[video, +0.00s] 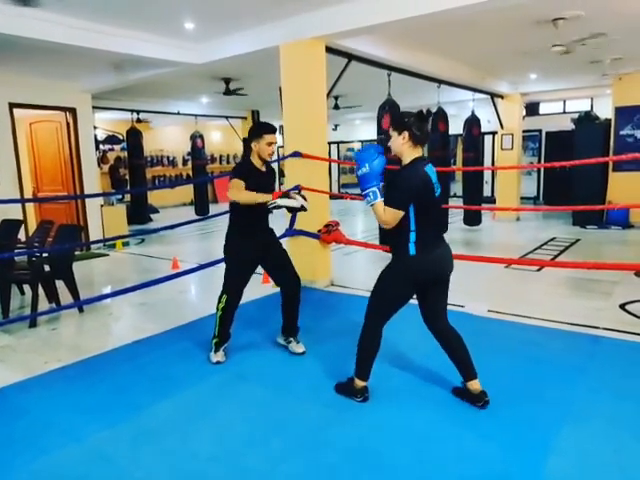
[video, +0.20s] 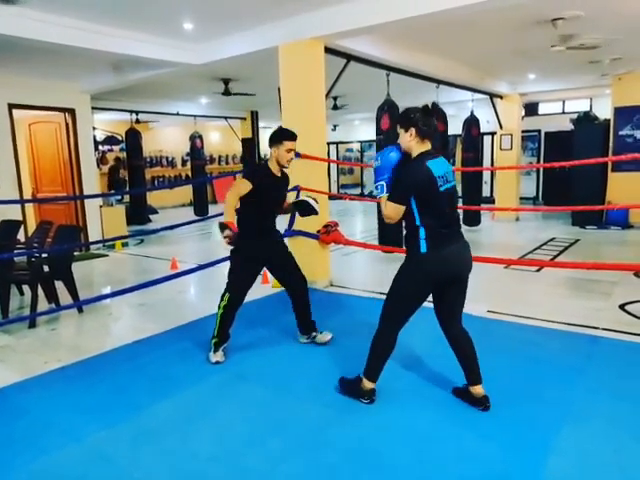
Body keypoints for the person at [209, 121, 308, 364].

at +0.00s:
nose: (273, 149)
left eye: (275, 144)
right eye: (268, 144)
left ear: (273, 145)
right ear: (254, 144)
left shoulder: (269, 171)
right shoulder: (242, 168)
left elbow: (264, 200)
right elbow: (234, 194)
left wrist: (287, 198)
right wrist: (271, 198)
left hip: (265, 238)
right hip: (241, 241)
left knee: (291, 283)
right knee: (231, 294)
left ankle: (289, 335)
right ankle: (219, 343)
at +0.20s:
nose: (291, 156)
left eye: (293, 152)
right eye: (288, 151)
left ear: (291, 152)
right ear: (273, 149)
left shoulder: (283, 178)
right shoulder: (256, 173)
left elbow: (276, 208)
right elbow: (232, 196)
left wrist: (296, 205)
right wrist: (228, 225)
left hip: (272, 241)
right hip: (248, 243)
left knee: (298, 284)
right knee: (234, 295)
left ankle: (307, 332)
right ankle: (217, 345)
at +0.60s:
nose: (336, 148)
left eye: (339, 144)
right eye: (331, 143)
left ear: (340, 143)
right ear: (319, 142)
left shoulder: (337, 169)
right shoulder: (301, 167)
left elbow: (337, 198)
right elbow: (273, 195)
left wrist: (344, 195)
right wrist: (261, 219)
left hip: (315, 224)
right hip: (294, 225)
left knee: (316, 281)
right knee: (303, 281)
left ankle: (311, 330)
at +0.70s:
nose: (339, 148)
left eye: (342, 143)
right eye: (334, 143)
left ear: (345, 143)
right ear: (323, 143)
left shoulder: (344, 170)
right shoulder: (307, 170)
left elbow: (351, 202)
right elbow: (285, 197)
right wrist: (276, 225)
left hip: (328, 226)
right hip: (305, 227)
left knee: (315, 276)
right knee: (323, 278)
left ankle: (306, 329)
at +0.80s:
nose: (339, 147)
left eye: (343, 142)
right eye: (335, 142)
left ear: (350, 144)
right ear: (326, 144)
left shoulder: (355, 172)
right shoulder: (316, 174)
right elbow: (294, 203)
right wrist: (290, 230)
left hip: (346, 231)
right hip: (321, 232)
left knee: (335, 283)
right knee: (338, 283)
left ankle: (310, 325)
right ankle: (348, 338)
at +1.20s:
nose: (307, 139)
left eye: (306, 134)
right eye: (306, 134)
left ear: (276, 132)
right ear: (298, 134)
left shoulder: (258, 164)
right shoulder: (301, 167)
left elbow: (264, 204)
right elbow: (319, 212)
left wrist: (306, 209)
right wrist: (293, 197)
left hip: (253, 256)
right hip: (283, 261)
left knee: (270, 322)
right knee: (307, 339)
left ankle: (257, 387)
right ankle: (323, 420)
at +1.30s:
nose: (288, 135)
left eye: (288, 130)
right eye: (287, 130)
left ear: (259, 128)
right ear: (277, 130)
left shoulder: (242, 157)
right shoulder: (282, 161)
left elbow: (258, 194)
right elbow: (303, 205)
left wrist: (295, 189)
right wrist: (301, 187)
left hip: (233, 249)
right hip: (258, 253)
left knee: (259, 317)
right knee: (274, 328)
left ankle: (251, 383)